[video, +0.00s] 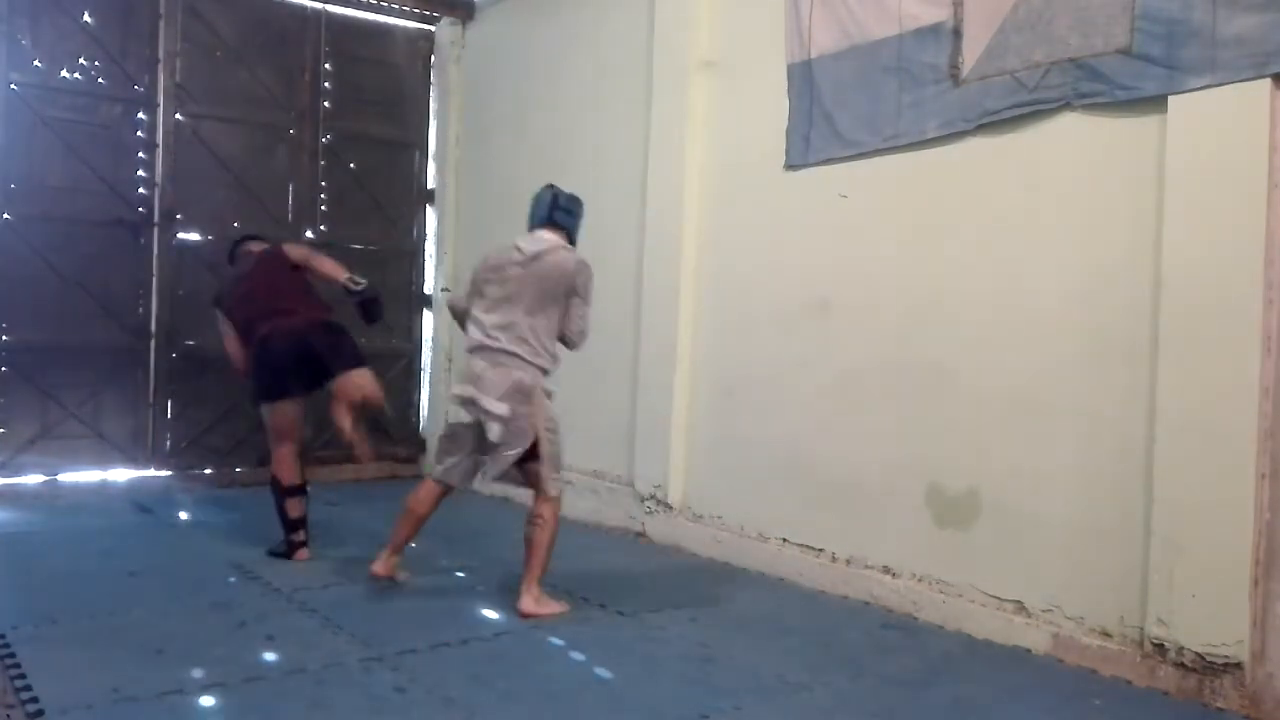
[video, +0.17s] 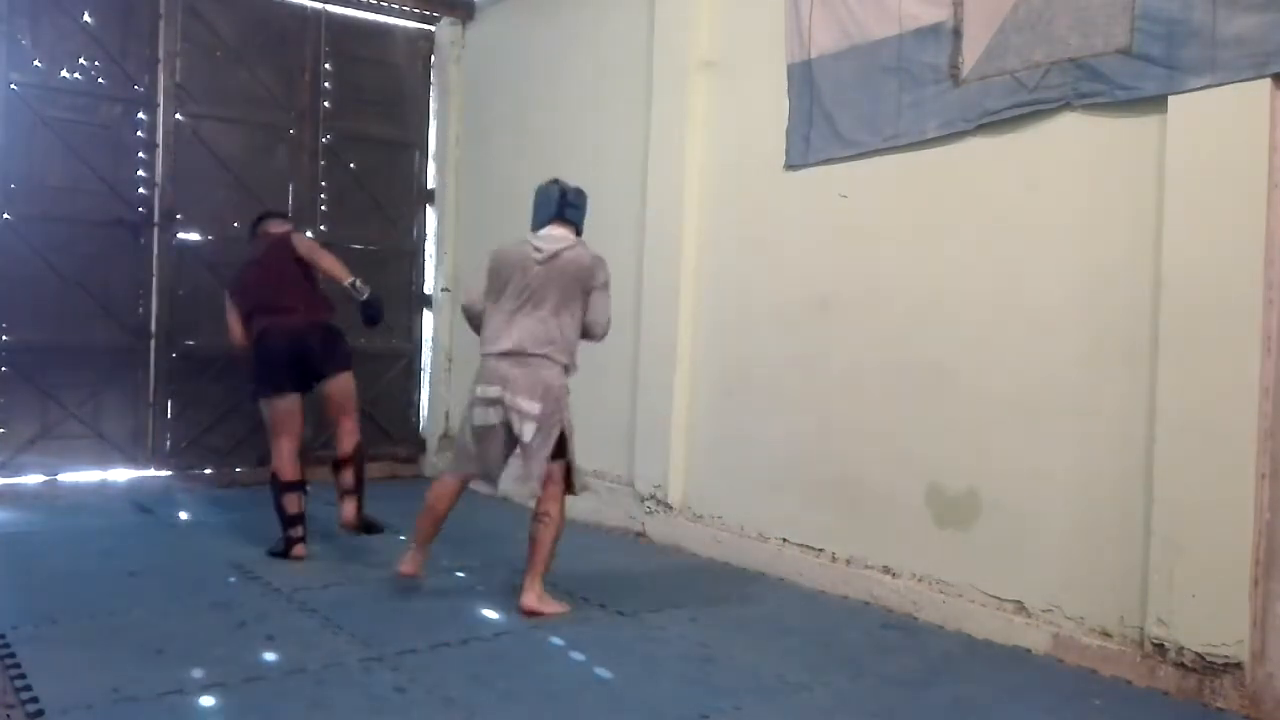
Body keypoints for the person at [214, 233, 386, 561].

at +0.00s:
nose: (268, 249)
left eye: (263, 247)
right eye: (265, 246)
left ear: (233, 262)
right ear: (263, 248)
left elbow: (238, 356)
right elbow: (316, 260)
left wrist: (255, 380)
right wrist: (357, 285)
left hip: (272, 353)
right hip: (320, 334)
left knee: (284, 445)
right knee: (369, 393)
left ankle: (297, 542)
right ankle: (346, 407)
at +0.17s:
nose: (291, 232)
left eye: (289, 228)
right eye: (288, 228)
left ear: (254, 238)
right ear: (282, 230)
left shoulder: (239, 278)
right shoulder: (293, 240)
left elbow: (238, 336)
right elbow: (323, 261)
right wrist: (362, 291)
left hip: (270, 348)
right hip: (319, 337)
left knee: (284, 439)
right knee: (346, 418)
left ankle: (294, 538)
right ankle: (351, 509)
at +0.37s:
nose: (325, 234)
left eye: (326, 227)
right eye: (321, 226)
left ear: (289, 223)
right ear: (301, 222)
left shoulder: (264, 257)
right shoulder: (315, 254)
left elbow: (247, 323)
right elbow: (312, 302)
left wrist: (279, 337)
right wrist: (340, 333)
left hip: (269, 363)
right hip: (312, 362)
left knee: (275, 443)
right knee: (313, 436)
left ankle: (283, 519)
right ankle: (310, 521)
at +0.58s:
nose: (323, 221)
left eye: (323, 214)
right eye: (318, 214)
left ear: (292, 215)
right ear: (298, 214)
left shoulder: (273, 244)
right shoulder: (304, 246)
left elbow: (243, 292)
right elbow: (295, 296)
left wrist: (275, 316)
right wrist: (326, 315)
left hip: (265, 350)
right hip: (299, 352)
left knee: (276, 420)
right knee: (309, 429)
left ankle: (252, 494)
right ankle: (310, 518)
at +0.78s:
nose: (298, 233)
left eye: (299, 226)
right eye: (290, 227)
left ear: (295, 229)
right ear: (270, 229)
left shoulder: (282, 267)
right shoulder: (262, 265)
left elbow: (280, 318)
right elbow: (243, 310)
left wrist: (312, 340)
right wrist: (289, 330)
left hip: (262, 361)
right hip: (273, 363)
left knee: (267, 430)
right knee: (302, 431)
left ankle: (232, 500)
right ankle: (303, 518)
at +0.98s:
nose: (269, 216)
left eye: (274, 210)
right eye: (262, 210)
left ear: (279, 213)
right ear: (245, 211)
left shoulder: (278, 245)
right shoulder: (228, 244)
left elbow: (283, 288)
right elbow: (194, 287)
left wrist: (299, 312)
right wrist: (226, 306)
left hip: (268, 332)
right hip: (239, 332)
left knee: (254, 414)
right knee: (267, 405)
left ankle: (235, 488)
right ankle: (246, 493)